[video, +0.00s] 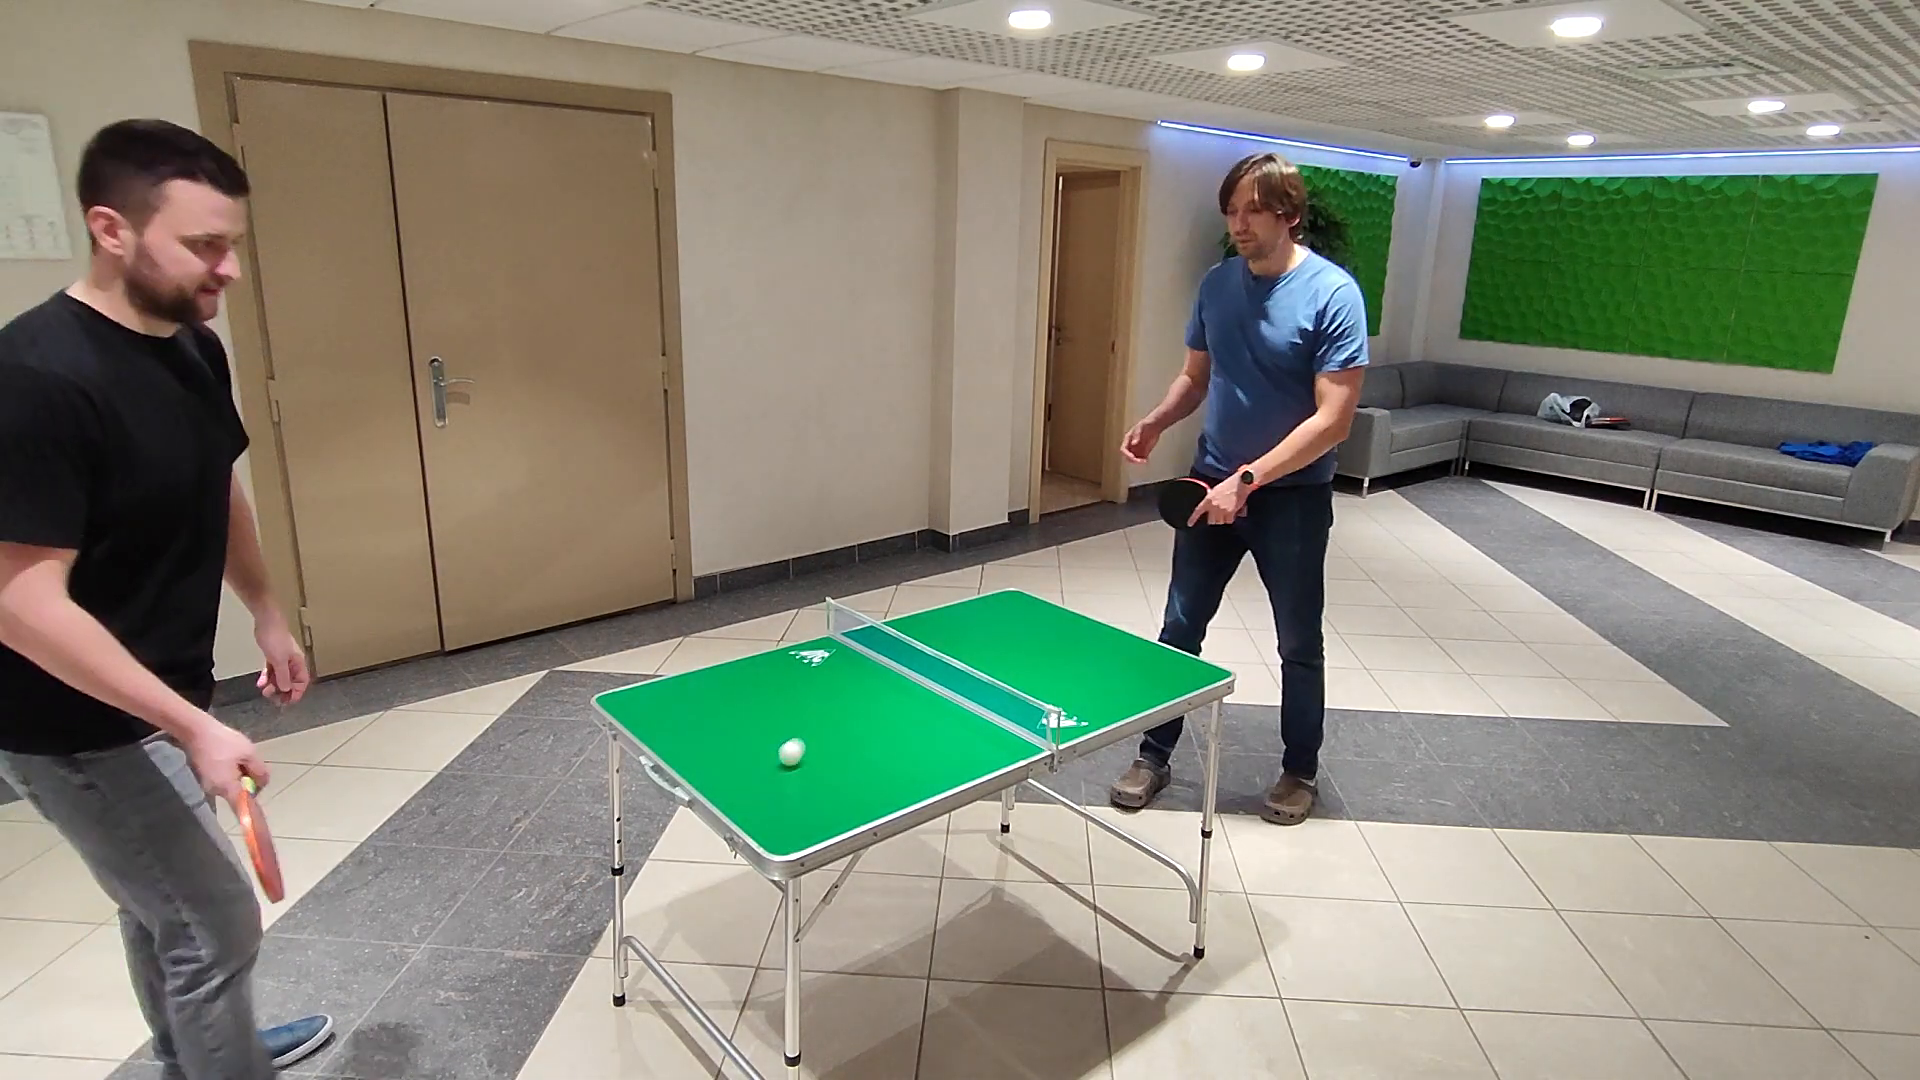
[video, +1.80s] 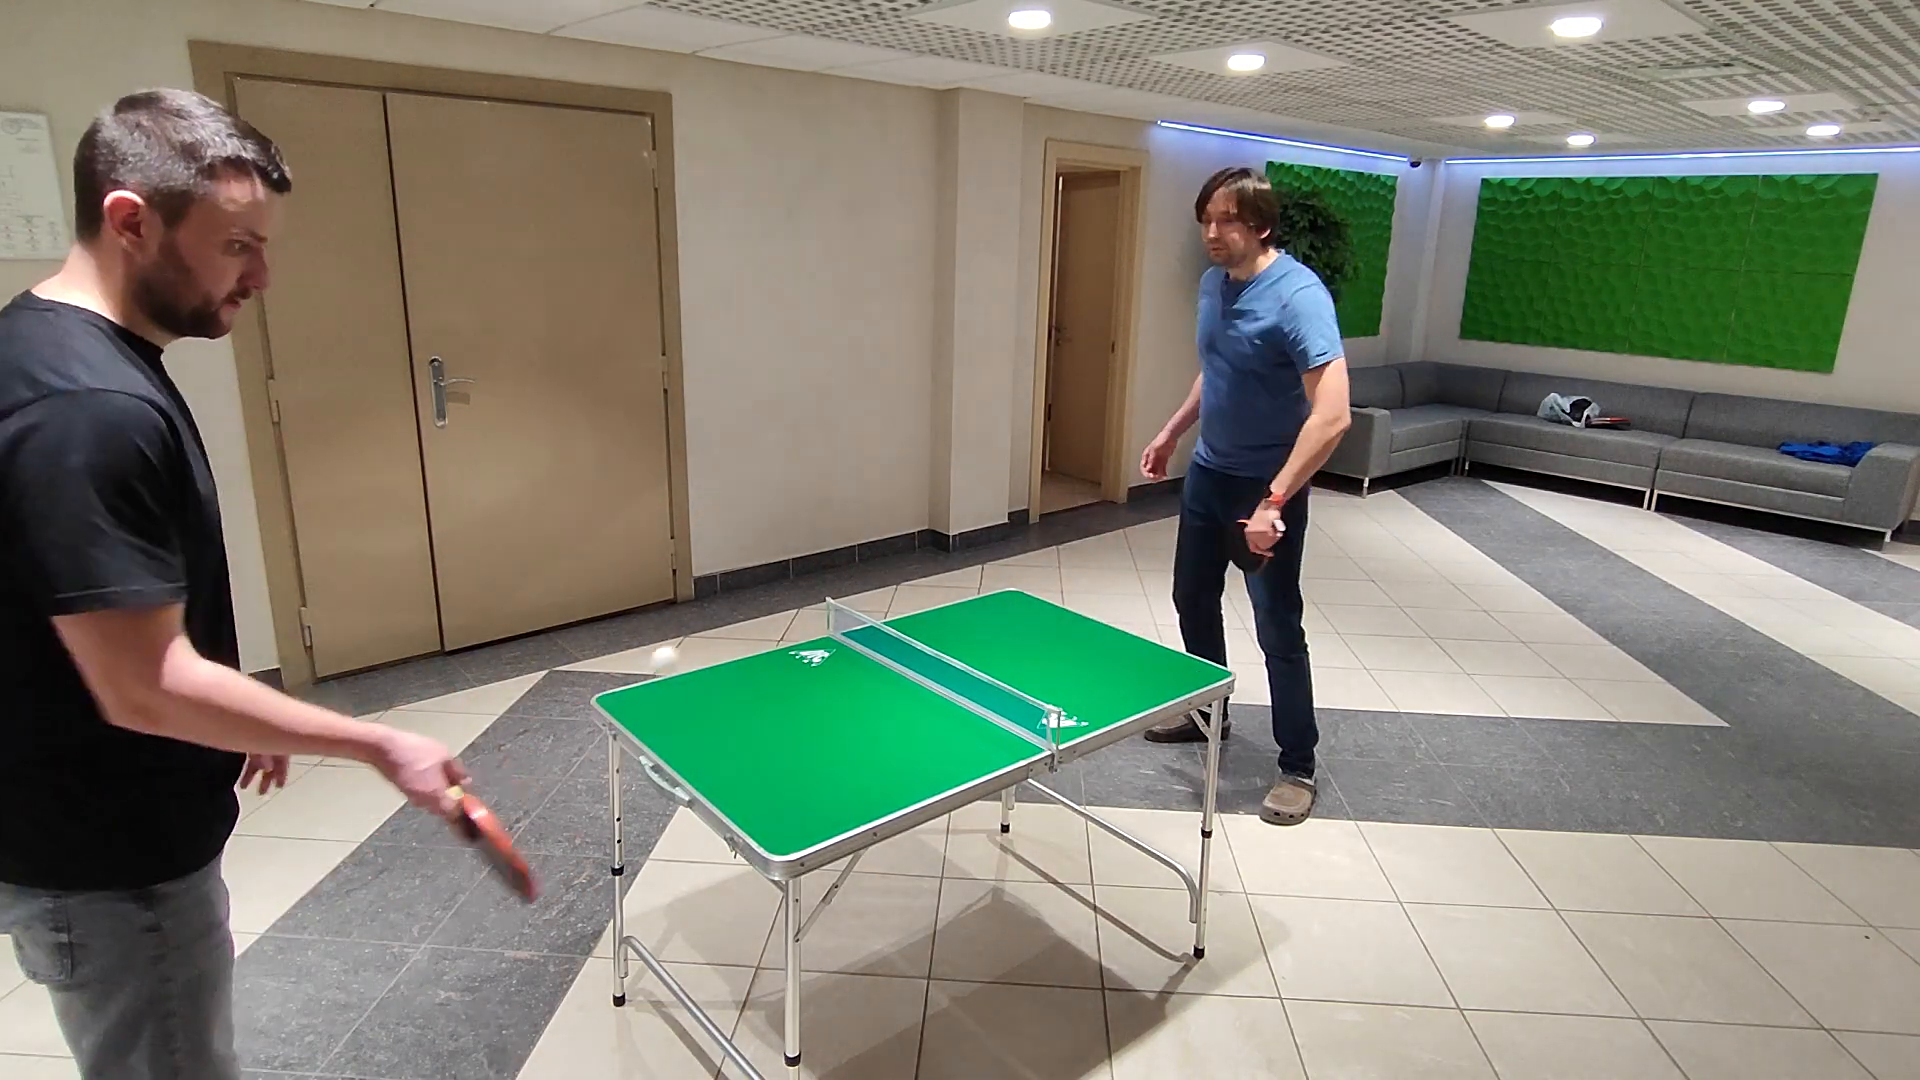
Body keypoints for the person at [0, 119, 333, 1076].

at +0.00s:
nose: (229, 270)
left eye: (234, 247)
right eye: (205, 246)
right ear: (112, 232)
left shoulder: (194, 349)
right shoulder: (40, 372)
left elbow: (218, 492)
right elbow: (25, 599)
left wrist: (268, 614)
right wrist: (190, 725)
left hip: (167, 703)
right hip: (71, 727)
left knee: (162, 907)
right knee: (214, 928)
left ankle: (200, 1046)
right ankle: (217, 1072)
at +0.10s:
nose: (279, 292)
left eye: (285, 269)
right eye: (258, 269)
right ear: (170, 251)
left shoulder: (218, 350)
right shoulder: (91, 394)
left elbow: (243, 494)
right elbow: (109, 617)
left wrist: (287, 617)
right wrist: (284, 737)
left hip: (171, 695)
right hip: (96, 721)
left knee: (162, 889)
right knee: (232, 928)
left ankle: (193, 1048)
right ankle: (309, 1071)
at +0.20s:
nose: (316, 306)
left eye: (322, 283)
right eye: (296, 280)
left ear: (219, 264)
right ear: (211, 261)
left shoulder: (227, 351)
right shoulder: (158, 401)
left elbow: (255, 501)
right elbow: (212, 627)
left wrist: (307, 610)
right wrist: (388, 718)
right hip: (141, 712)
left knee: (173, 885)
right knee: (257, 932)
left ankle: (197, 1050)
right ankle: (328, 1070)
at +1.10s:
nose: (269, 247)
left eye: (264, 222)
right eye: (250, 222)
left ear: (172, 231)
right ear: (166, 228)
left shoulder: (100, 352)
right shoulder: (133, 376)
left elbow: (209, 586)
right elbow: (98, 620)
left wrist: (327, 684)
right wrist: (309, 716)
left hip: (101, 781)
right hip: (190, 790)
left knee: (141, 1021)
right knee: (340, 949)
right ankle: (340, 1072)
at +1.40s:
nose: (233, 258)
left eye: (233, 232)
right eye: (208, 228)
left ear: (113, 221)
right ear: (107, 213)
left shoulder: (83, 344)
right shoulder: (78, 372)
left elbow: (126, 591)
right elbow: (19, 626)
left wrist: (242, 713)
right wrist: (218, 759)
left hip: (76, 807)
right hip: (134, 822)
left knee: (114, 1053)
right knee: (267, 1051)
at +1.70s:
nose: (265, 279)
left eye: (266, 251)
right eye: (245, 247)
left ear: (138, 231)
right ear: (137, 226)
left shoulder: (113, 356)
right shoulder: (73, 398)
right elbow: (44, 685)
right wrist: (281, 774)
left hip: (141, 850)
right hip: (110, 874)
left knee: (187, 1060)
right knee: (174, 1069)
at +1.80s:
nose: (258, 280)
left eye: (262, 250)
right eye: (238, 248)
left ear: (128, 228)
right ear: (131, 224)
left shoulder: (75, 345)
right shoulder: (87, 409)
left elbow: (139, 600)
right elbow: (144, 687)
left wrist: (232, 714)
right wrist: (379, 745)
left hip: (119, 846)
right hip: (117, 874)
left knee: (183, 1059)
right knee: (173, 1071)